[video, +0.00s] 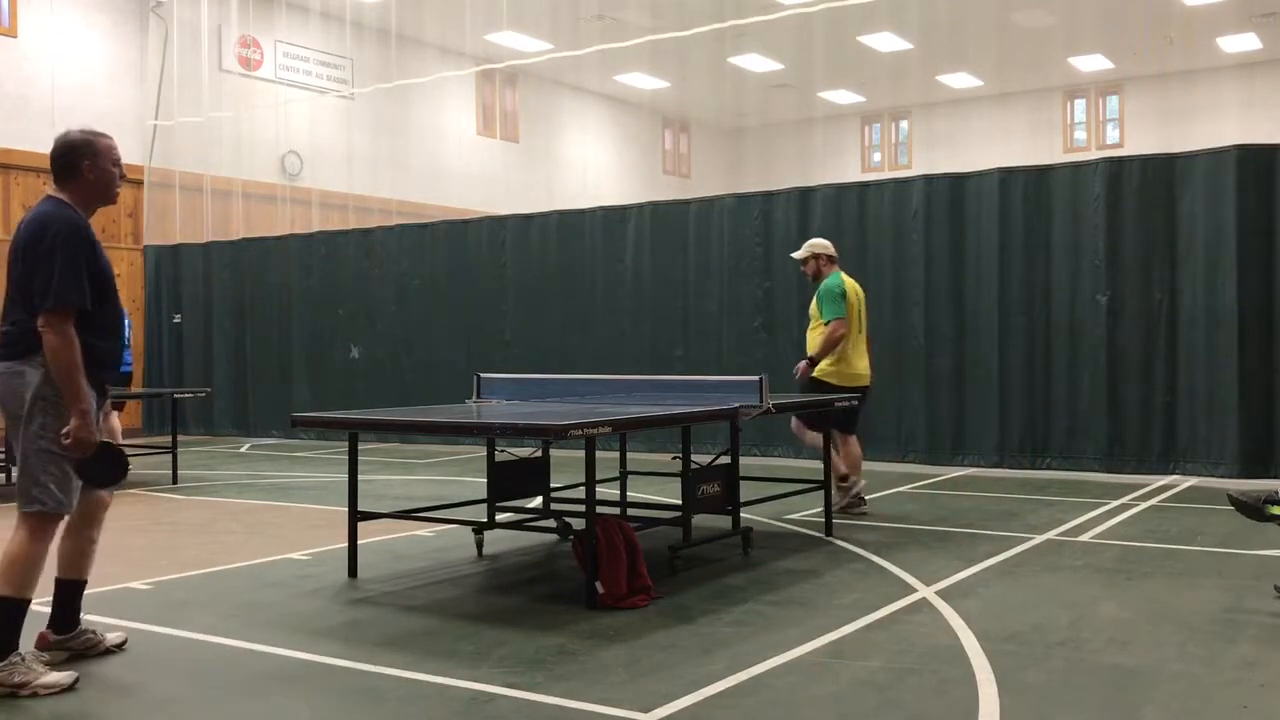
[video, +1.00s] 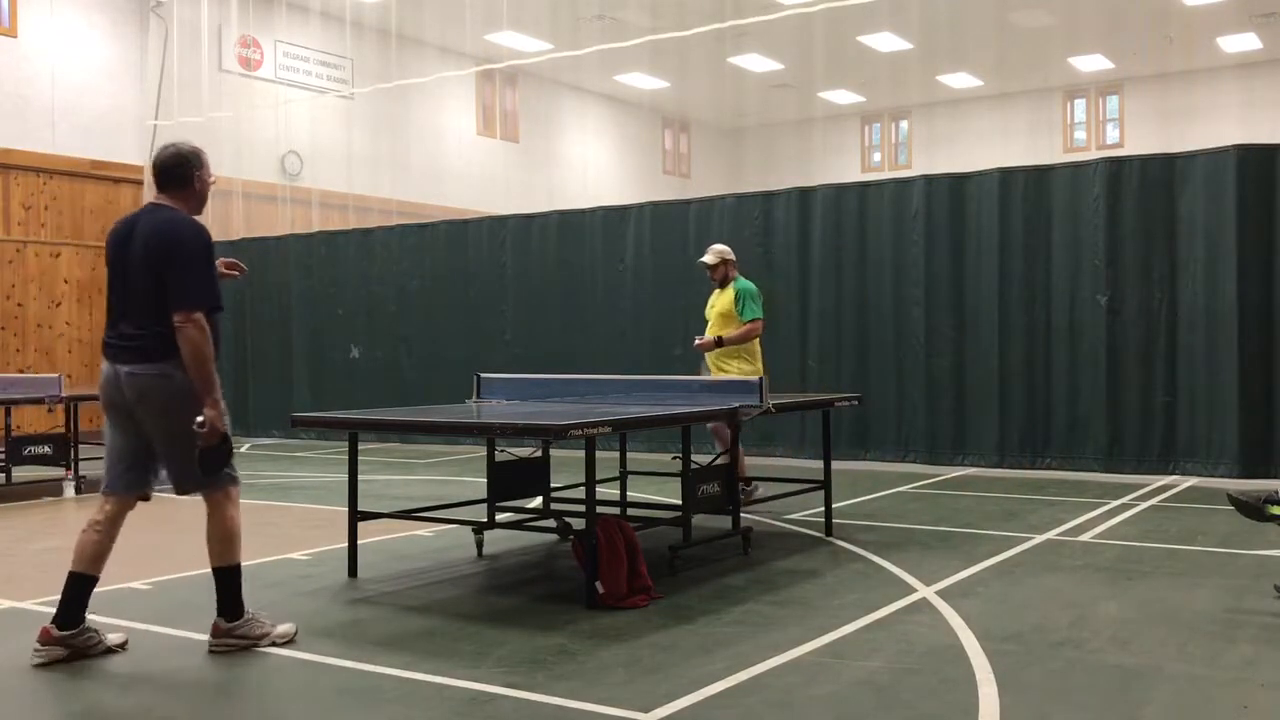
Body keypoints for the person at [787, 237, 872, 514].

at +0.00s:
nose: (802, 269)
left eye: (805, 263)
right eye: (802, 263)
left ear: (821, 261)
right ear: (826, 262)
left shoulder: (830, 286)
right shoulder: (852, 285)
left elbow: (838, 329)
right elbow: (862, 335)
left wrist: (812, 360)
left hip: (831, 377)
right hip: (857, 377)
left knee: (800, 425)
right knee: (846, 433)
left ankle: (842, 474)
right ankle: (852, 496)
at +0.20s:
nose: (780, 272)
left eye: (783, 266)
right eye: (779, 267)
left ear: (799, 264)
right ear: (799, 265)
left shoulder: (814, 288)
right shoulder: (809, 287)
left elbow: (822, 331)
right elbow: (800, 330)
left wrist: (790, 359)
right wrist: (776, 346)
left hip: (813, 378)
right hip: (828, 377)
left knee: (791, 432)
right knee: (835, 434)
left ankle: (771, 491)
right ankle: (852, 494)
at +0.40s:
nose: (755, 275)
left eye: (758, 270)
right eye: (754, 271)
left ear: (775, 267)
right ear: (773, 268)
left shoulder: (788, 292)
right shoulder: (779, 292)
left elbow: (794, 335)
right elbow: (771, 332)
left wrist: (759, 362)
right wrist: (744, 348)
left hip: (785, 379)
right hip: (788, 378)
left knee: (763, 430)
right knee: (797, 433)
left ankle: (762, 493)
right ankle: (834, 478)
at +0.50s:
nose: (744, 275)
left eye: (748, 269)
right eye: (743, 269)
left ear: (764, 265)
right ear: (762, 266)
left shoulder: (778, 290)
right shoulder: (770, 289)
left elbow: (781, 334)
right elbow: (770, 334)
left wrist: (743, 354)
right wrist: (742, 355)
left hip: (774, 377)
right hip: (768, 375)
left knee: (757, 429)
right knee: (769, 426)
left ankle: (761, 493)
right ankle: (808, 469)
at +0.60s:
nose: (736, 271)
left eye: (740, 265)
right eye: (735, 266)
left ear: (756, 263)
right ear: (752, 265)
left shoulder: (768, 287)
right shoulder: (757, 288)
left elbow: (769, 331)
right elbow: (758, 336)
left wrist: (733, 348)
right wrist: (738, 363)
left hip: (768, 375)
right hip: (756, 374)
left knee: (756, 430)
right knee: (753, 427)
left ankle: (762, 493)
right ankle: (774, 477)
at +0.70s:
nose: (727, 271)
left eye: (731, 266)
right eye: (726, 266)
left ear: (747, 263)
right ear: (741, 265)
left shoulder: (760, 287)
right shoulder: (746, 288)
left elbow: (761, 328)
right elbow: (750, 330)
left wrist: (724, 345)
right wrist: (723, 345)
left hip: (762, 376)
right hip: (746, 375)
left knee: (757, 432)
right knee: (743, 432)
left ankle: (761, 494)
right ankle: (740, 487)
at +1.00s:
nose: (710, 273)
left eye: (713, 268)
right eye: (708, 268)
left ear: (729, 265)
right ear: (715, 268)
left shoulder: (745, 288)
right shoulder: (719, 291)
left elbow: (755, 327)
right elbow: (721, 328)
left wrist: (716, 341)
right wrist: (706, 340)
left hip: (740, 375)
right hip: (719, 374)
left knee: (719, 424)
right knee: (720, 426)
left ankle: (742, 480)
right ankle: (740, 480)